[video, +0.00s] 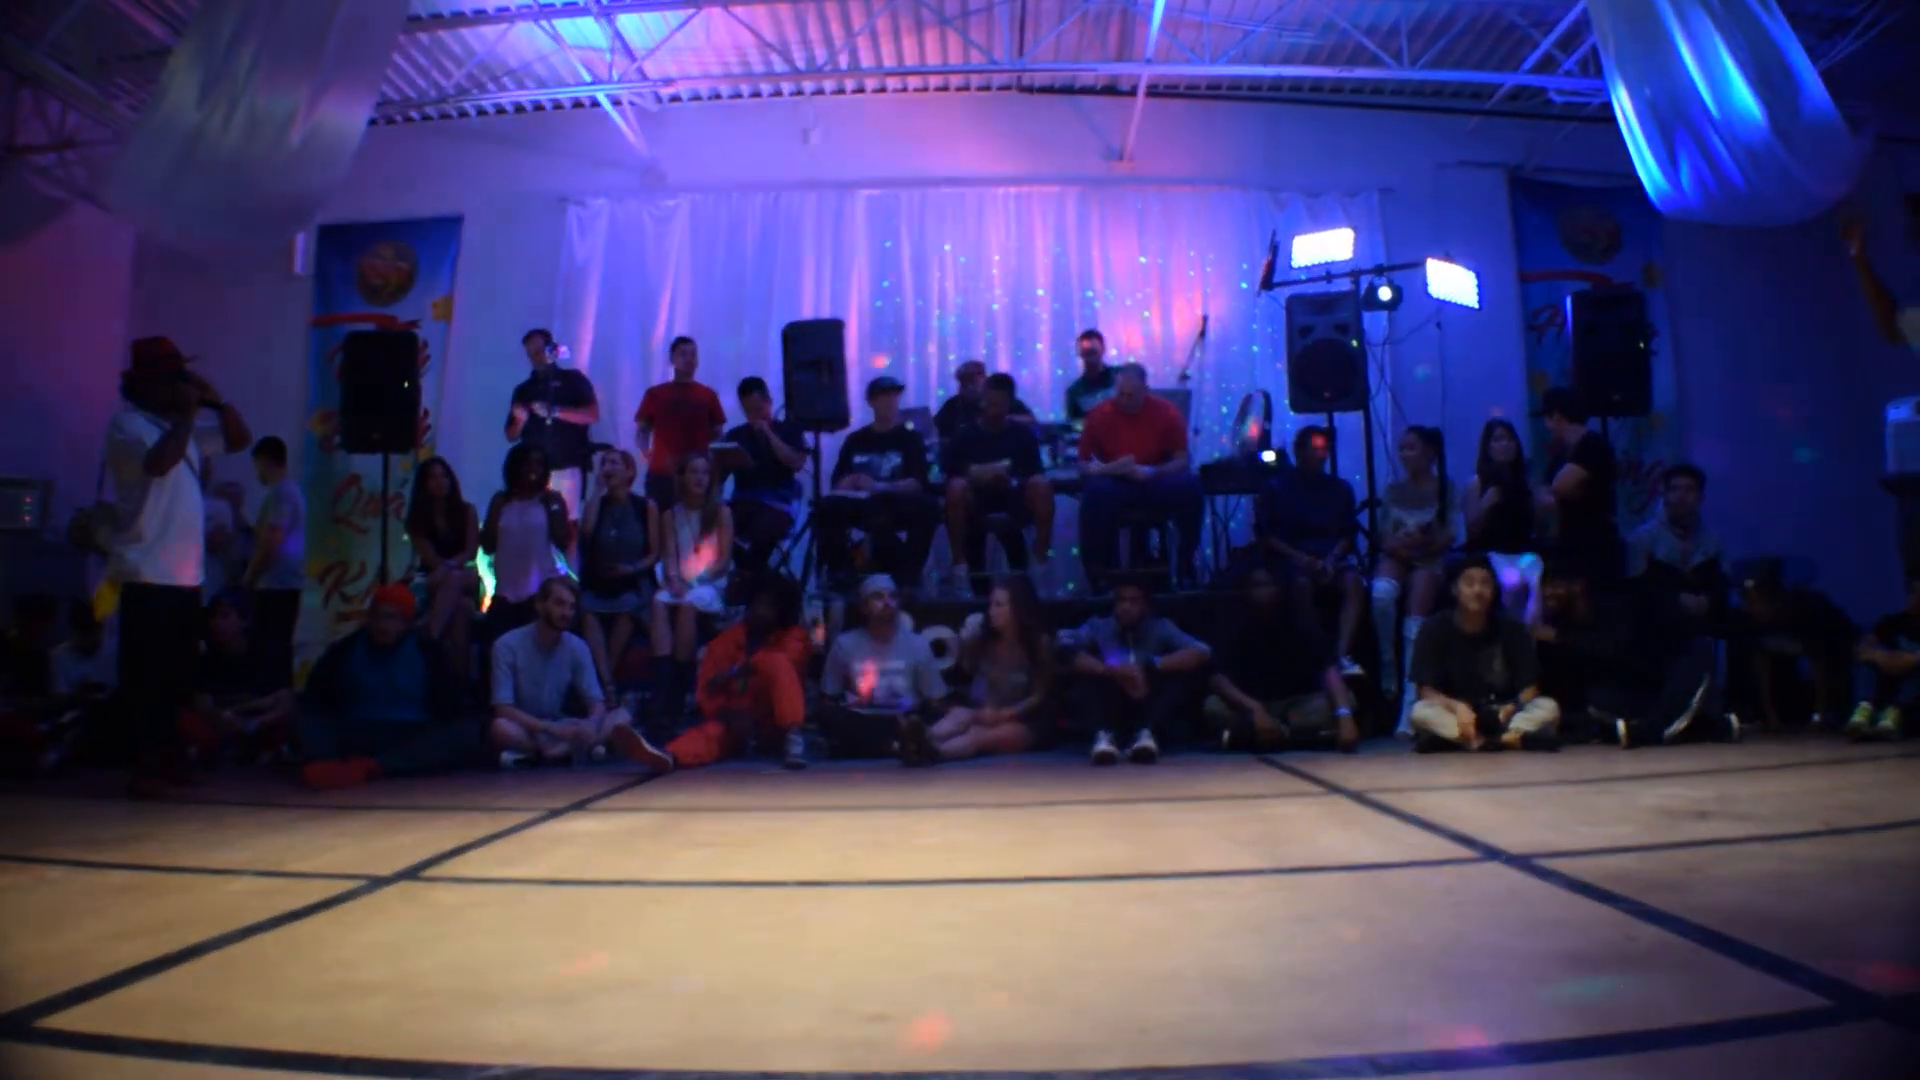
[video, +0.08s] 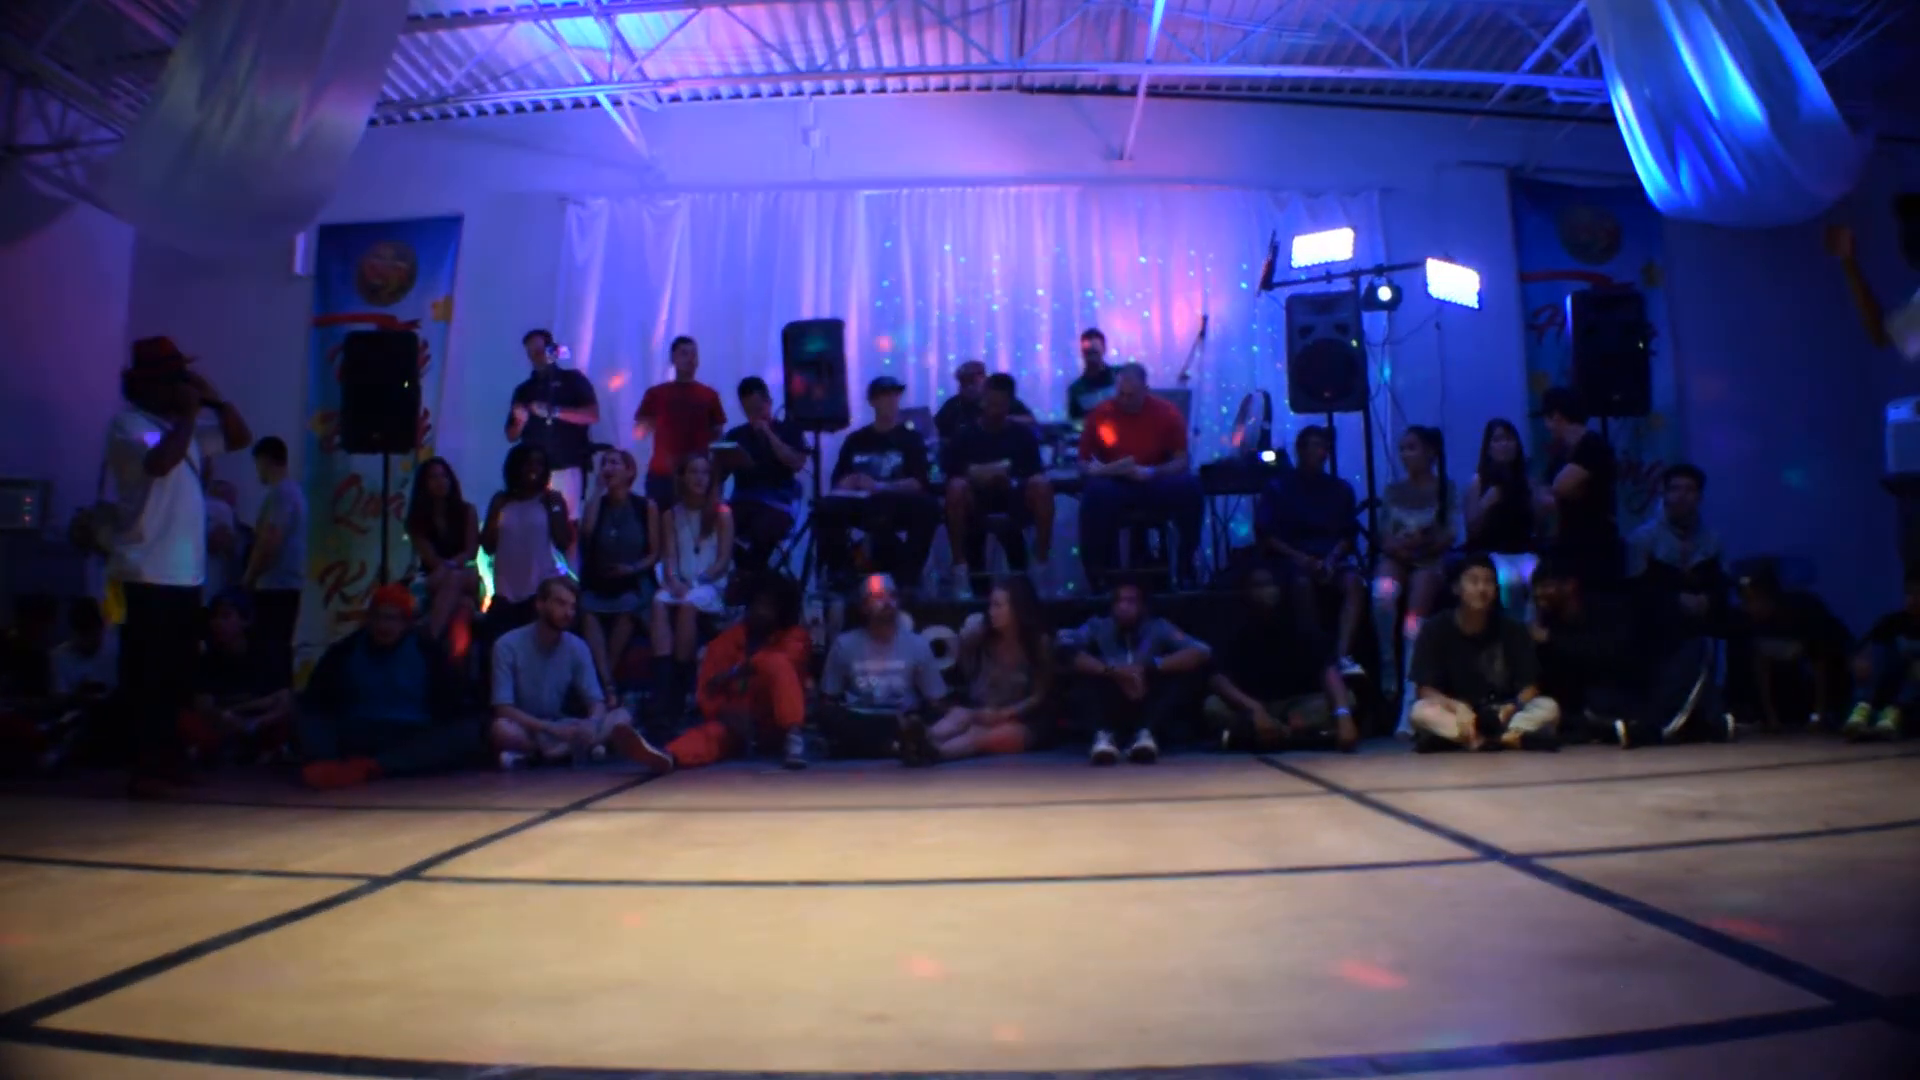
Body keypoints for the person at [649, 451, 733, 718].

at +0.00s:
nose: (700, 478)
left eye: (705, 473)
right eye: (694, 473)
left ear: (711, 479)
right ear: (682, 478)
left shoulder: (720, 513)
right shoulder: (671, 516)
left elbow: (723, 560)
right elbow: (668, 556)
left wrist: (697, 582)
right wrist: (673, 580)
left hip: (709, 581)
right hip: (678, 580)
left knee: (688, 606)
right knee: (659, 603)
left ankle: (682, 679)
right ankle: (662, 676)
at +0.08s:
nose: (700, 478)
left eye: (705, 473)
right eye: (694, 473)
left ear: (712, 478)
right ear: (683, 478)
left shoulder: (721, 514)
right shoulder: (671, 516)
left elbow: (723, 560)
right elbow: (668, 556)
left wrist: (698, 582)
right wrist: (673, 582)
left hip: (709, 581)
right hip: (678, 579)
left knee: (688, 606)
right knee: (659, 603)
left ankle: (682, 678)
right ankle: (662, 676)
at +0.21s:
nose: (700, 478)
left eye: (705, 473)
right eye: (694, 473)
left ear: (712, 479)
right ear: (683, 478)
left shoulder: (721, 513)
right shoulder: (672, 516)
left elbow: (724, 559)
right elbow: (669, 555)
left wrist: (699, 582)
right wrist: (674, 581)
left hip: (710, 580)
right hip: (679, 580)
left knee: (689, 605)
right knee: (659, 603)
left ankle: (682, 677)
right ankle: (665, 675)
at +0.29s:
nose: (700, 478)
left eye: (705, 473)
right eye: (694, 473)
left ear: (712, 479)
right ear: (683, 478)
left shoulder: (722, 514)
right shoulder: (672, 515)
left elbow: (725, 560)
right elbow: (670, 556)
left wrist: (699, 582)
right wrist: (674, 581)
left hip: (710, 581)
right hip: (678, 581)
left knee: (688, 606)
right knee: (660, 605)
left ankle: (682, 682)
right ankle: (663, 681)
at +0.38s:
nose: (700, 478)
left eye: (705, 473)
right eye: (694, 473)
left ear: (712, 479)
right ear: (682, 479)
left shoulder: (722, 514)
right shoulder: (671, 516)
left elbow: (724, 560)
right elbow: (669, 557)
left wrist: (699, 582)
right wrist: (674, 581)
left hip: (710, 581)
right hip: (678, 581)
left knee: (688, 607)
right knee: (660, 605)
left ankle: (682, 682)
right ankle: (662, 681)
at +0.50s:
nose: (699, 478)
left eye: (705, 473)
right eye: (693, 472)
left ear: (712, 478)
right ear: (682, 478)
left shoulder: (722, 514)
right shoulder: (671, 515)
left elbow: (724, 559)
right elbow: (669, 556)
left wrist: (699, 581)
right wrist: (671, 578)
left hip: (710, 580)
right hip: (678, 580)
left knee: (688, 607)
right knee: (660, 606)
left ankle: (682, 683)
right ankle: (662, 681)